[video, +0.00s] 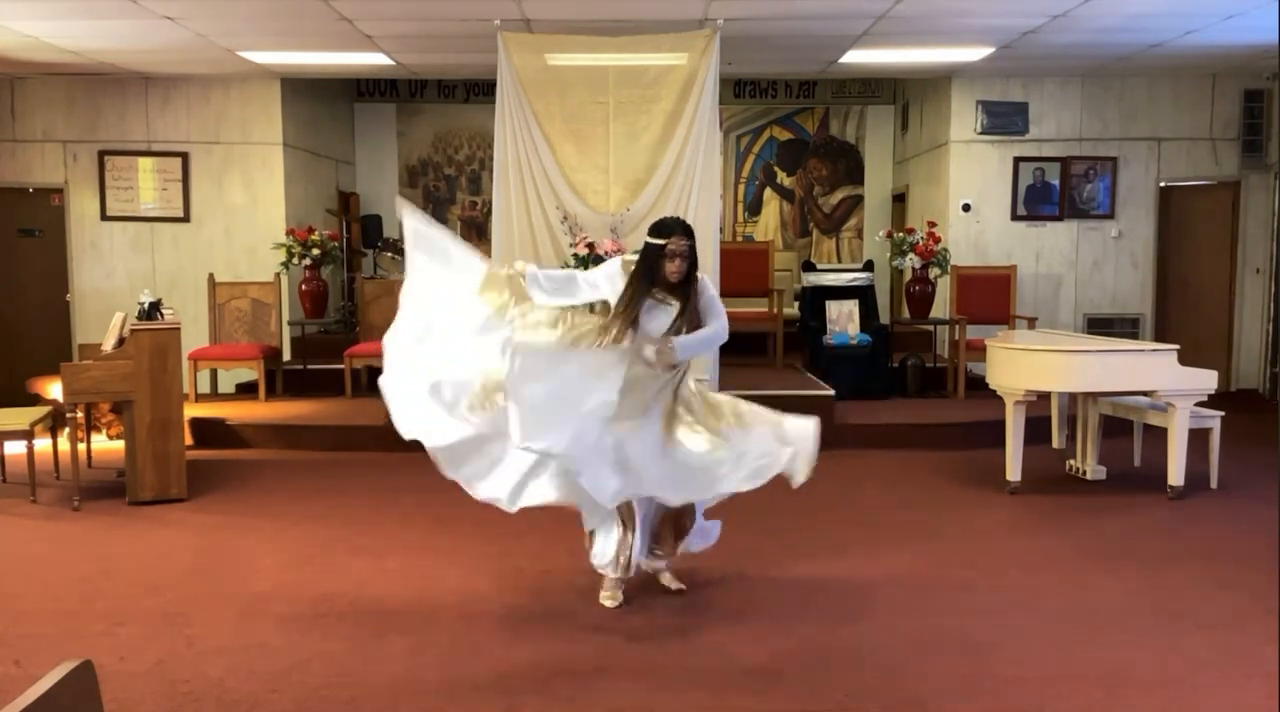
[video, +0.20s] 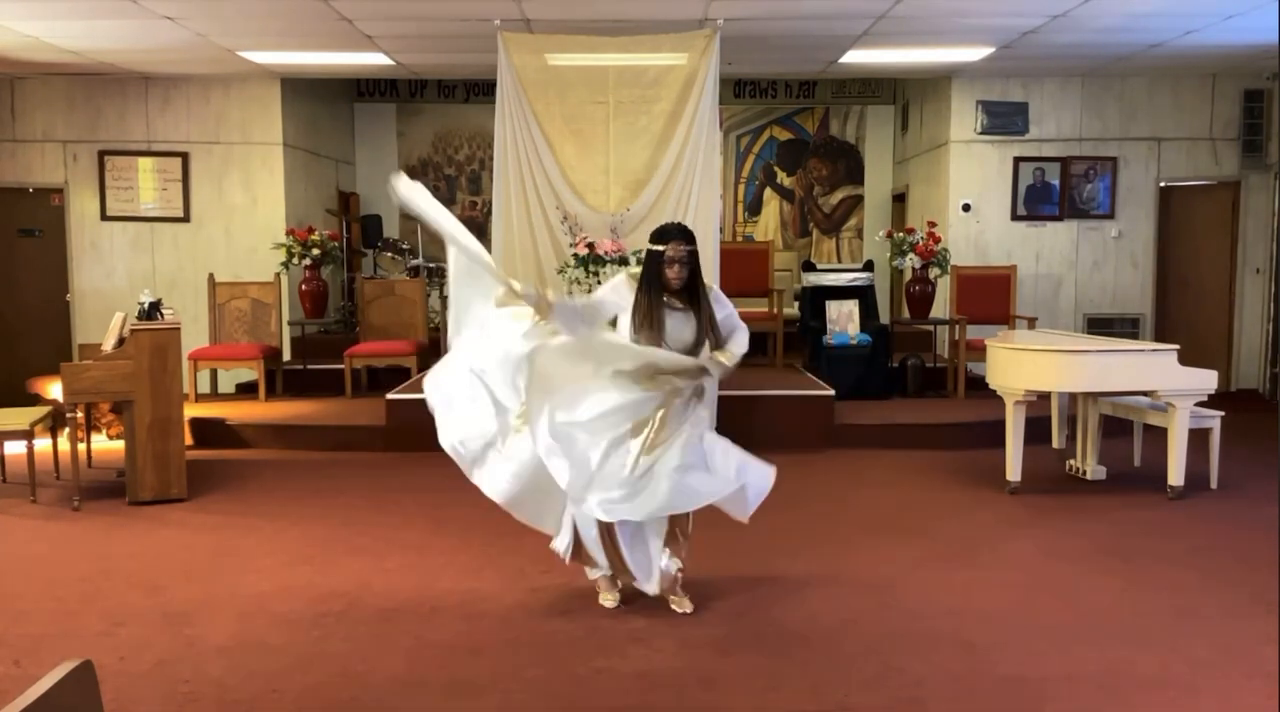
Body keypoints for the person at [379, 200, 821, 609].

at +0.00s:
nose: (676, 265)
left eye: (683, 257)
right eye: (667, 257)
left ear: (692, 258)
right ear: (651, 256)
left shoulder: (697, 289)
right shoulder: (626, 279)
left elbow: (720, 331)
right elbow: (572, 283)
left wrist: (675, 349)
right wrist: (520, 275)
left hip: (670, 396)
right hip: (619, 395)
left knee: (684, 482)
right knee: (612, 480)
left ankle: (659, 557)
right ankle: (613, 572)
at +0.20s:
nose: (678, 269)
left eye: (685, 261)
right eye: (669, 261)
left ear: (695, 263)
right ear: (654, 262)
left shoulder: (705, 299)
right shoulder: (627, 291)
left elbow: (739, 333)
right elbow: (585, 315)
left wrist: (718, 361)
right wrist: (544, 305)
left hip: (682, 406)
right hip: (626, 404)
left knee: (682, 488)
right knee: (602, 482)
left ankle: (672, 578)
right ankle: (608, 572)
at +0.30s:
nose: (670, 274)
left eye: (679, 267)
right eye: (662, 266)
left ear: (692, 269)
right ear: (649, 268)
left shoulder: (707, 309)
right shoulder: (626, 305)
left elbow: (741, 351)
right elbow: (585, 352)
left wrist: (752, 379)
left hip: (691, 417)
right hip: (632, 418)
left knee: (685, 499)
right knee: (586, 491)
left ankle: (677, 586)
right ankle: (595, 578)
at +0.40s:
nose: (653, 274)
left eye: (662, 266)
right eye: (646, 266)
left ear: (681, 270)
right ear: (638, 269)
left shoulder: (697, 311)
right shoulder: (622, 314)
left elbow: (730, 351)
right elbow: (609, 369)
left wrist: (757, 381)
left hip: (690, 433)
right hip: (638, 433)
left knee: (687, 512)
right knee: (609, 508)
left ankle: (676, 590)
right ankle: (571, 574)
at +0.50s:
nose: (635, 274)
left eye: (644, 267)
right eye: (631, 266)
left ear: (666, 272)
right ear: (627, 270)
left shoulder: (683, 312)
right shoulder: (617, 313)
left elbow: (719, 345)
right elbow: (602, 363)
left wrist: (757, 373)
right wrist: (631, 387)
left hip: (682, 421)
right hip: (632, 422)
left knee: (673, 507)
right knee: (618, 506)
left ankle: (669, 592)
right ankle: (579, 590)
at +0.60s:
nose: (616, 267)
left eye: (625, 260)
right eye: (614, 259)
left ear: (651, 264)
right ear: (613, 263)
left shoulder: (680, 306)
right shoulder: (602, 309)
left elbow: (718, 338)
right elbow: (573, 358)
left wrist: (760, 358)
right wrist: (594, 380)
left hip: (677, 420)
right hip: (623, 421)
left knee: (670, 502)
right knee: (618, 503)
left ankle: (667, 589)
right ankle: (616, 592)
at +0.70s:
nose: (597, 257)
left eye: (605, 250)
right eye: (597, 249)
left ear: (631, 254)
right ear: (600, 254)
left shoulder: (675, 292)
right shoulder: (589, 297)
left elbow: (721, 322)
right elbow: (543, 325)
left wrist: (772, 337)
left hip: (668, 406)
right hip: (608, 406)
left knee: (672, 496)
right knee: (578, 477)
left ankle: (675, 584)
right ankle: (593, 585)